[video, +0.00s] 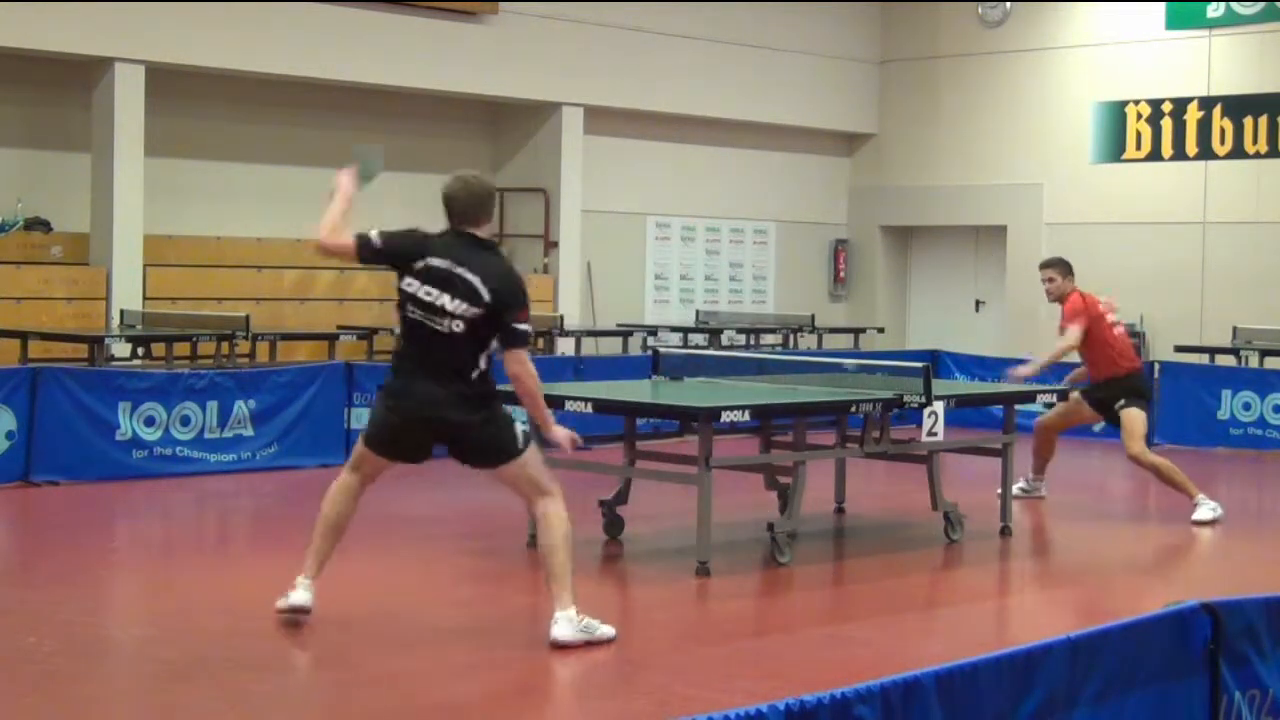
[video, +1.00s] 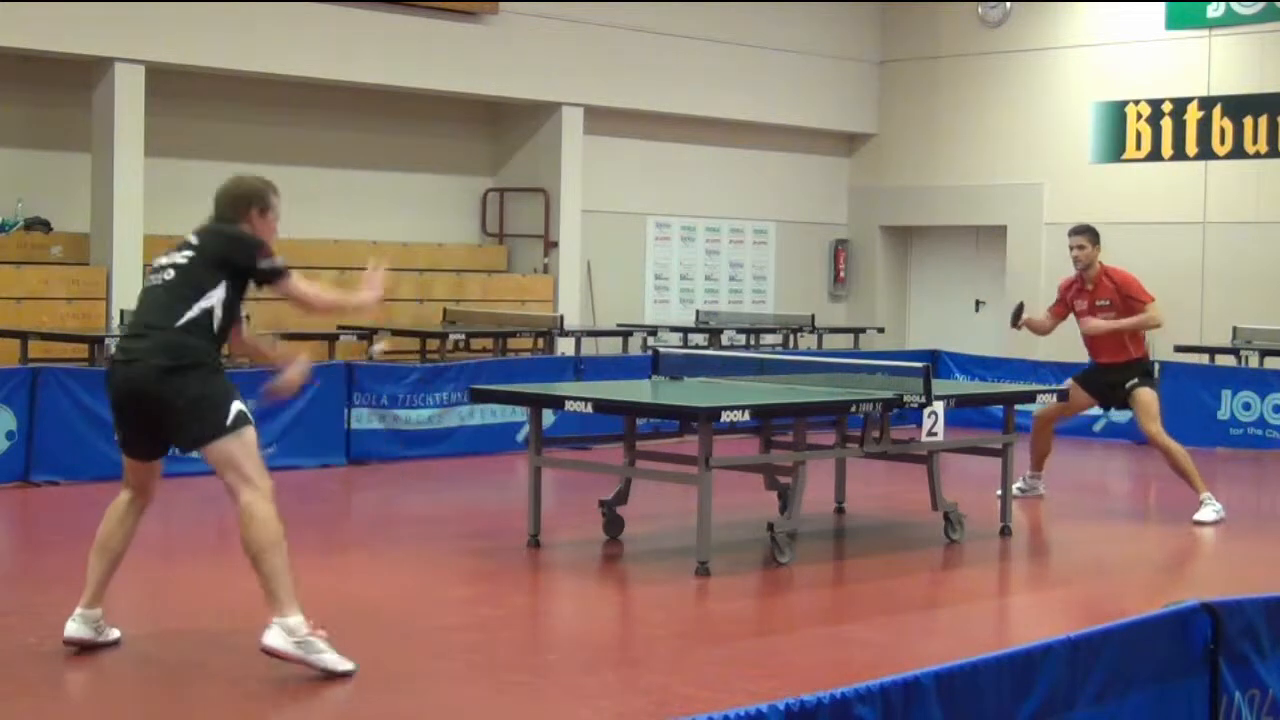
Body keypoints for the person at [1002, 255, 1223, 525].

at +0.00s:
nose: (1046, 288)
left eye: (1050, 281)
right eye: (1044, 282)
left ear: (1068, 280)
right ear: (1050, 283)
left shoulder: (1078, 302)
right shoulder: (1086, 303)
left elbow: (1071, 341)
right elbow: (1103, 356)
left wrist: (1033, 367)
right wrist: (1076, 377)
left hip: (1128, 383)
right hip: (1103, 388)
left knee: (1136, 451)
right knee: (1045, 426)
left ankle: (1202, 502)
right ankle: (1035, 482)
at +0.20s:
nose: (1052, 276)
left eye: (1056, 269)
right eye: (1051, 270)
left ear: (1075, 269)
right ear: (1064, 272)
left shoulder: (1101, 293)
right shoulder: (1072, 314)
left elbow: (1142, 311)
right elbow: (1049, 351)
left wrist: (1160, 332)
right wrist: (1005, 358)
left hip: (1129, 382)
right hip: (1099, 386)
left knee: (1137, 447)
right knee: (1039, 422)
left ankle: (1203, 502)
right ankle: (1034, 482)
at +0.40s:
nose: (1060, 276)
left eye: (1065, 271)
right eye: (1058, 271)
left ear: (1084, 272)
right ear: (1061, 274)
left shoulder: (1113, 299)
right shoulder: (1059, 307)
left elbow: (1158, 321)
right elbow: (1015, 311)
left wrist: (1179, 339)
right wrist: (998, 286)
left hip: (1131, 386)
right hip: (1098, 390)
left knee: (1143, 440)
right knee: (1034, 421)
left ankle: (1206, 501)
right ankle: (1032, 483)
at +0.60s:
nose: (1076, 268)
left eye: (1082, 262)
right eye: (1074, 262)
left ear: (1100, 263)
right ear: (1072, 265)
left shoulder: (1125, 294)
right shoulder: (1069, 299)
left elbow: (1169, 318)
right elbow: (1026, 307)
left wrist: (1191, 344)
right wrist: (1008, 286)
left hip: (1137, 382)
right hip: (1102, 384)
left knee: (1150, 434)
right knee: (1039, 419)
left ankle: (1208, 501)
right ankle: (1034, 481)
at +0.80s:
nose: (1083, 261)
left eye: (1089, 256)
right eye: (1080, 256)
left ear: (1106, 258)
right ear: (1077, 259)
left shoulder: (1130, 288)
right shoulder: (1074, 295)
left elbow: (1168, 322)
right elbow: (1040, 323)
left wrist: (1169, 354)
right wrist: (1017, 309)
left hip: (1140, 378)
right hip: (1105, 380)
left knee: (1156, 433)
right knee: (1045, 422)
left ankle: (1209, 500)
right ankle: (1034, 482)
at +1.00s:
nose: (1075, 254)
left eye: (1081, 248)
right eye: (1071, 249)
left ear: (1097, 250)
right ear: (1069, 253)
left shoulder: (1120, 281)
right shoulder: (1070, 288)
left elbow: (1155, 318)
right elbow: (1046, 326)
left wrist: (1106, 324)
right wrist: (1025, 321)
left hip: (1135, 370)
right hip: (1101, 372)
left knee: (1153, 431)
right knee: (1042, 418)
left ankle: (1207, 500)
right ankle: (1033, 481)